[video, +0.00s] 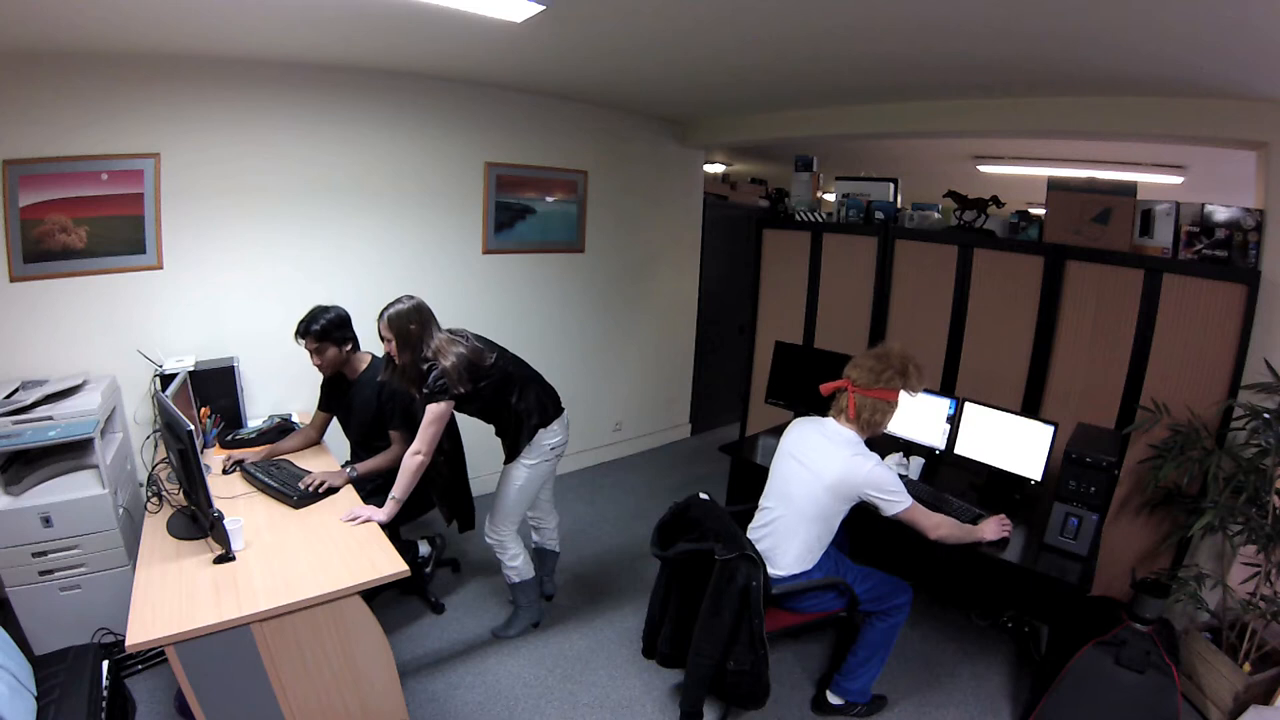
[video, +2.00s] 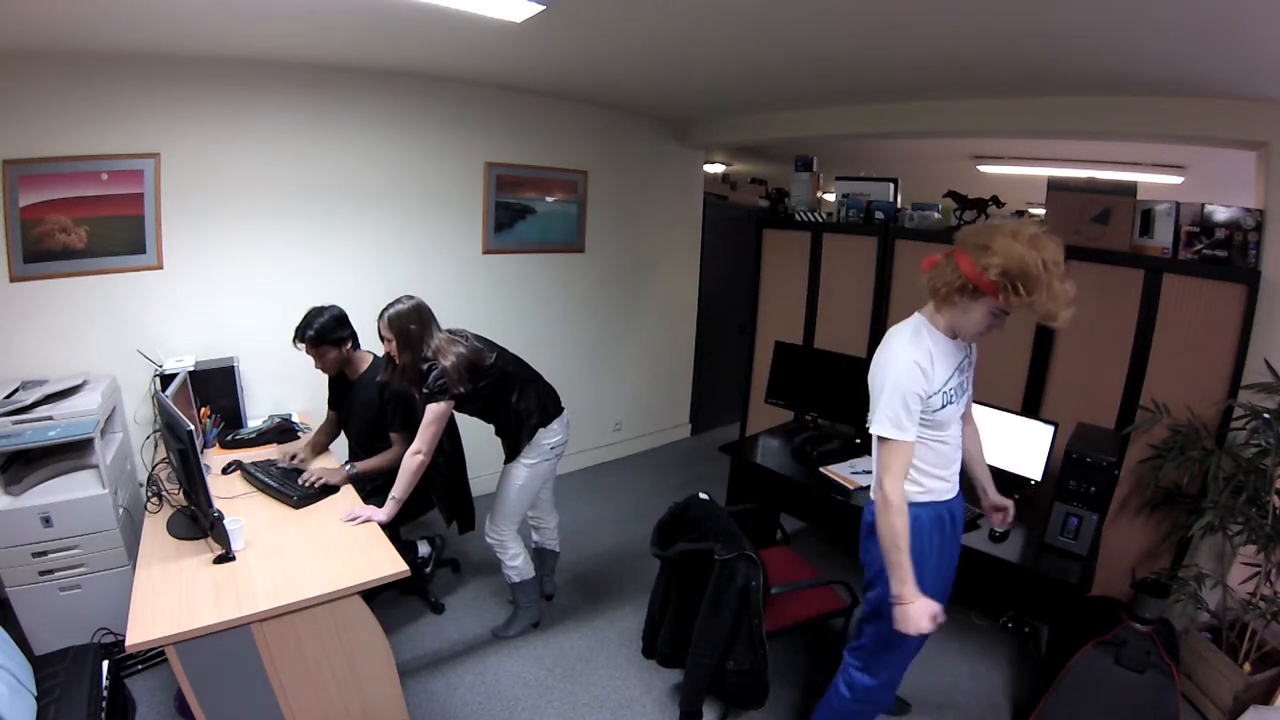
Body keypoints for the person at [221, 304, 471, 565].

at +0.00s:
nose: (314, 362)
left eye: (318, 353)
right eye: (309, 354)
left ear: (346, 345)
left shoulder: (389, 381)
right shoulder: (335, 377)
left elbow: (401, 449)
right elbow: (313, 432)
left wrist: (347, 473)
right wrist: (262, 453)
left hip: (405, 477)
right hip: (365, 473)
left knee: (341, 529)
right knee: (315, 512)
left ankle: (418, 552)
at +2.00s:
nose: (315, 363)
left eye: (319, 355)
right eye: (312, 356)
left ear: (346, 345)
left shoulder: (388, 382)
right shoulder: (339, 374)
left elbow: (403, 450)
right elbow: (333, 423)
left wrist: (346, 471)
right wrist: (307, 449)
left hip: (406, 476)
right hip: (365, 474)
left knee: (344, 527)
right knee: (321, 513)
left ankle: (419, 553)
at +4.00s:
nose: (318, 360)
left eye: (323, 351)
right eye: (314, 352)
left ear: (350, 342)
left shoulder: (388, 381)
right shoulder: (338, 375)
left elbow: (402, 450)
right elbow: (332, 428)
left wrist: (346, 474)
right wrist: (312, 458)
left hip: (408, 476)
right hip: (365, 473)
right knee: (321, 513)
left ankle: (420, 552)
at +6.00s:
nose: (318, 358)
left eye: (324, 349)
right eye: (314, 350)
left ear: (352, 342)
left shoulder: (390, 381)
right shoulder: (336, 375)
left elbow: (402, 451)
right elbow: (310, 423)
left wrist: (346, 474)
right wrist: (261, 452)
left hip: (400, 479)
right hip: (362, 474)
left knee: (338, 530)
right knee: (312, 512)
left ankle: (418, 553)